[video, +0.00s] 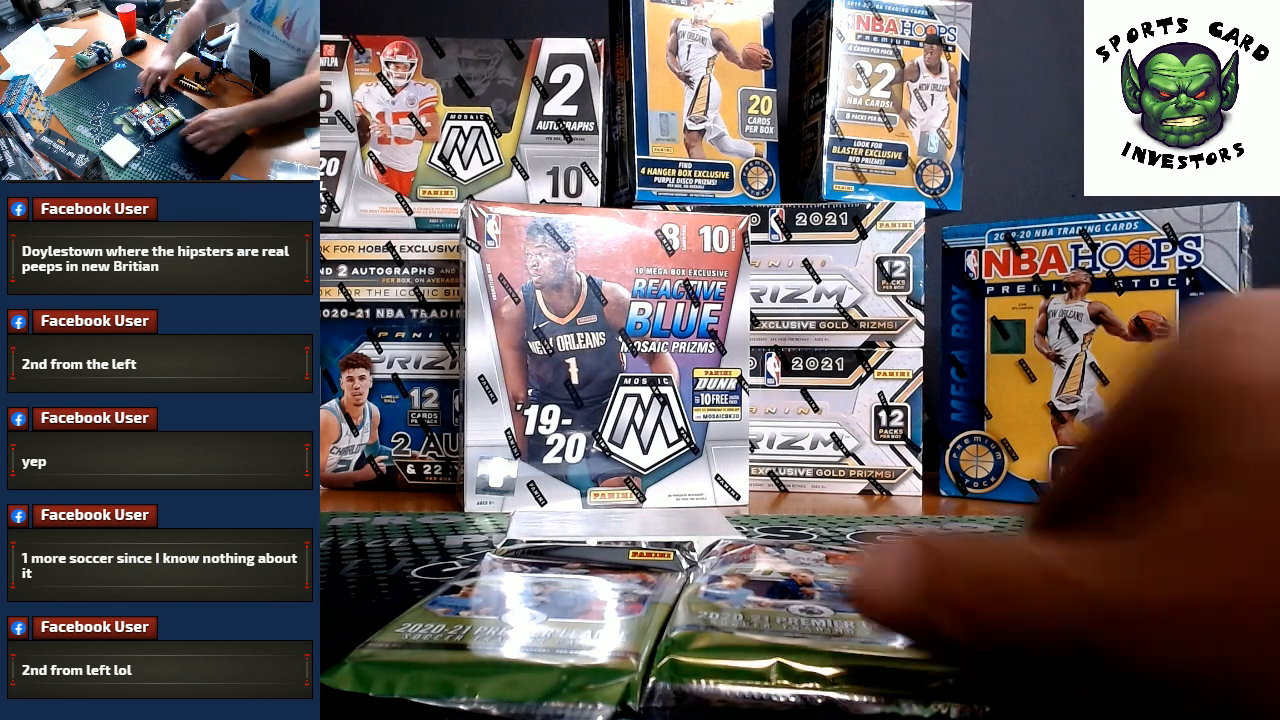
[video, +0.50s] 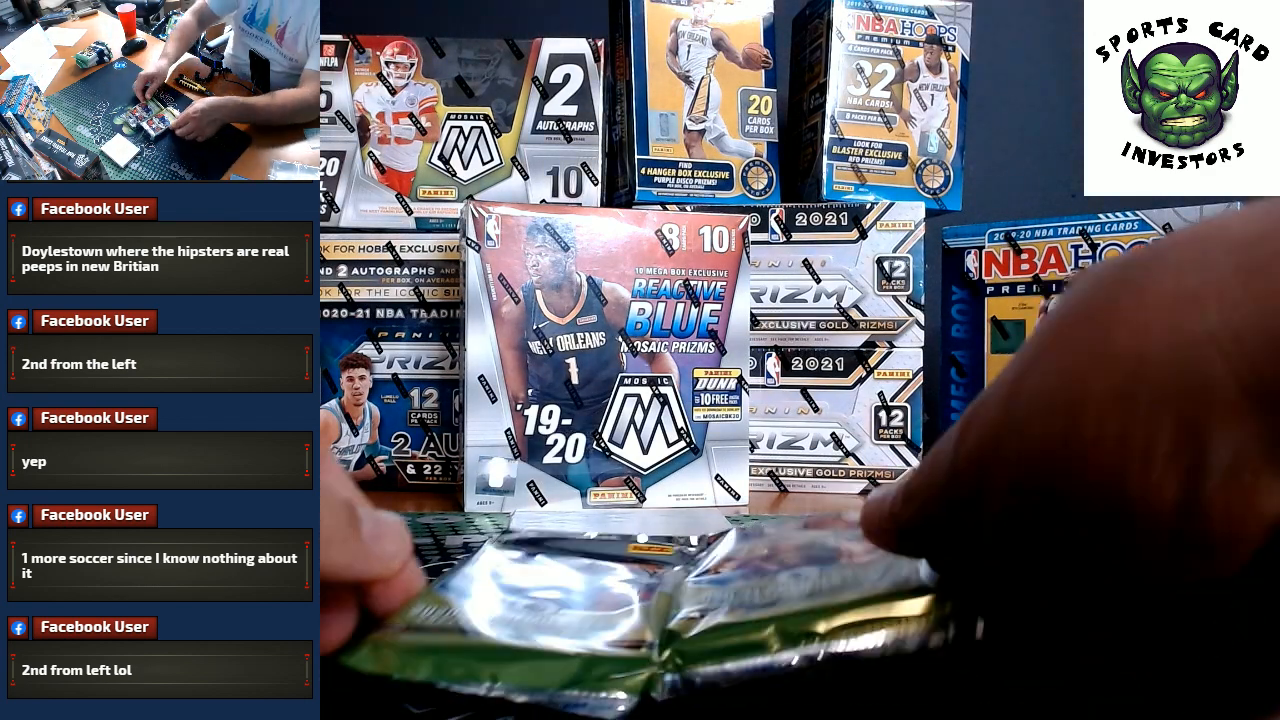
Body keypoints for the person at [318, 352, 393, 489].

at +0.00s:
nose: (356, 385)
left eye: (362, 378)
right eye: (350, 379)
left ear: (370, 382)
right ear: (341, 383)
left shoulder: (372, 413)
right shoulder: (325, 419)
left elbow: (373, 450)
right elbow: (316, 477)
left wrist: (406, 456)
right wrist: (360, 475)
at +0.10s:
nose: (356, 385)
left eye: (362, 378)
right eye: (350, 379)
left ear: (370, 382)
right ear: (341, 383)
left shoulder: (372, 413)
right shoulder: (325, 419)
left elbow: (373, 450)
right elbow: (316, 478)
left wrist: (406, 455)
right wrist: (360, 475)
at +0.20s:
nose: (356, 385)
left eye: (362, 378)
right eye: (350, 379)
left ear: (370, 382)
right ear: (341, 383)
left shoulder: (372, 413)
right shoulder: (325, 419)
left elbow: (373, 450)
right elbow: (316, 478)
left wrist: (405, 456)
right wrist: (360, 475)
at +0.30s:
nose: (356, 385)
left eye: (362, 378)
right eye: (350, 379)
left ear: (370, 382)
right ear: (341, 383)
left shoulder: (372, 413)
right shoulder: (325, 419)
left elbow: (373, 450)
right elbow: (316, 478)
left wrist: (405, 455)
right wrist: (360, 475)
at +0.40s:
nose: (357, 385)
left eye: (362, 378)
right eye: (350, 379)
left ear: (370, 382)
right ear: (342, 383)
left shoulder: (372, 413)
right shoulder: (326, 419)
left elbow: (374, 451)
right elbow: (316, 478)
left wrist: (407, 456)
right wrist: (361, 475)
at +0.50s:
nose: (356, 385)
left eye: (362, 378)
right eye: (350, 379)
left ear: (370, 382)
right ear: (342, 383)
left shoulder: (372, 413)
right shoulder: (325, 419)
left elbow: (374, 450)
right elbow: (321, 475)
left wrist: (407, 455)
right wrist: (360, 475)